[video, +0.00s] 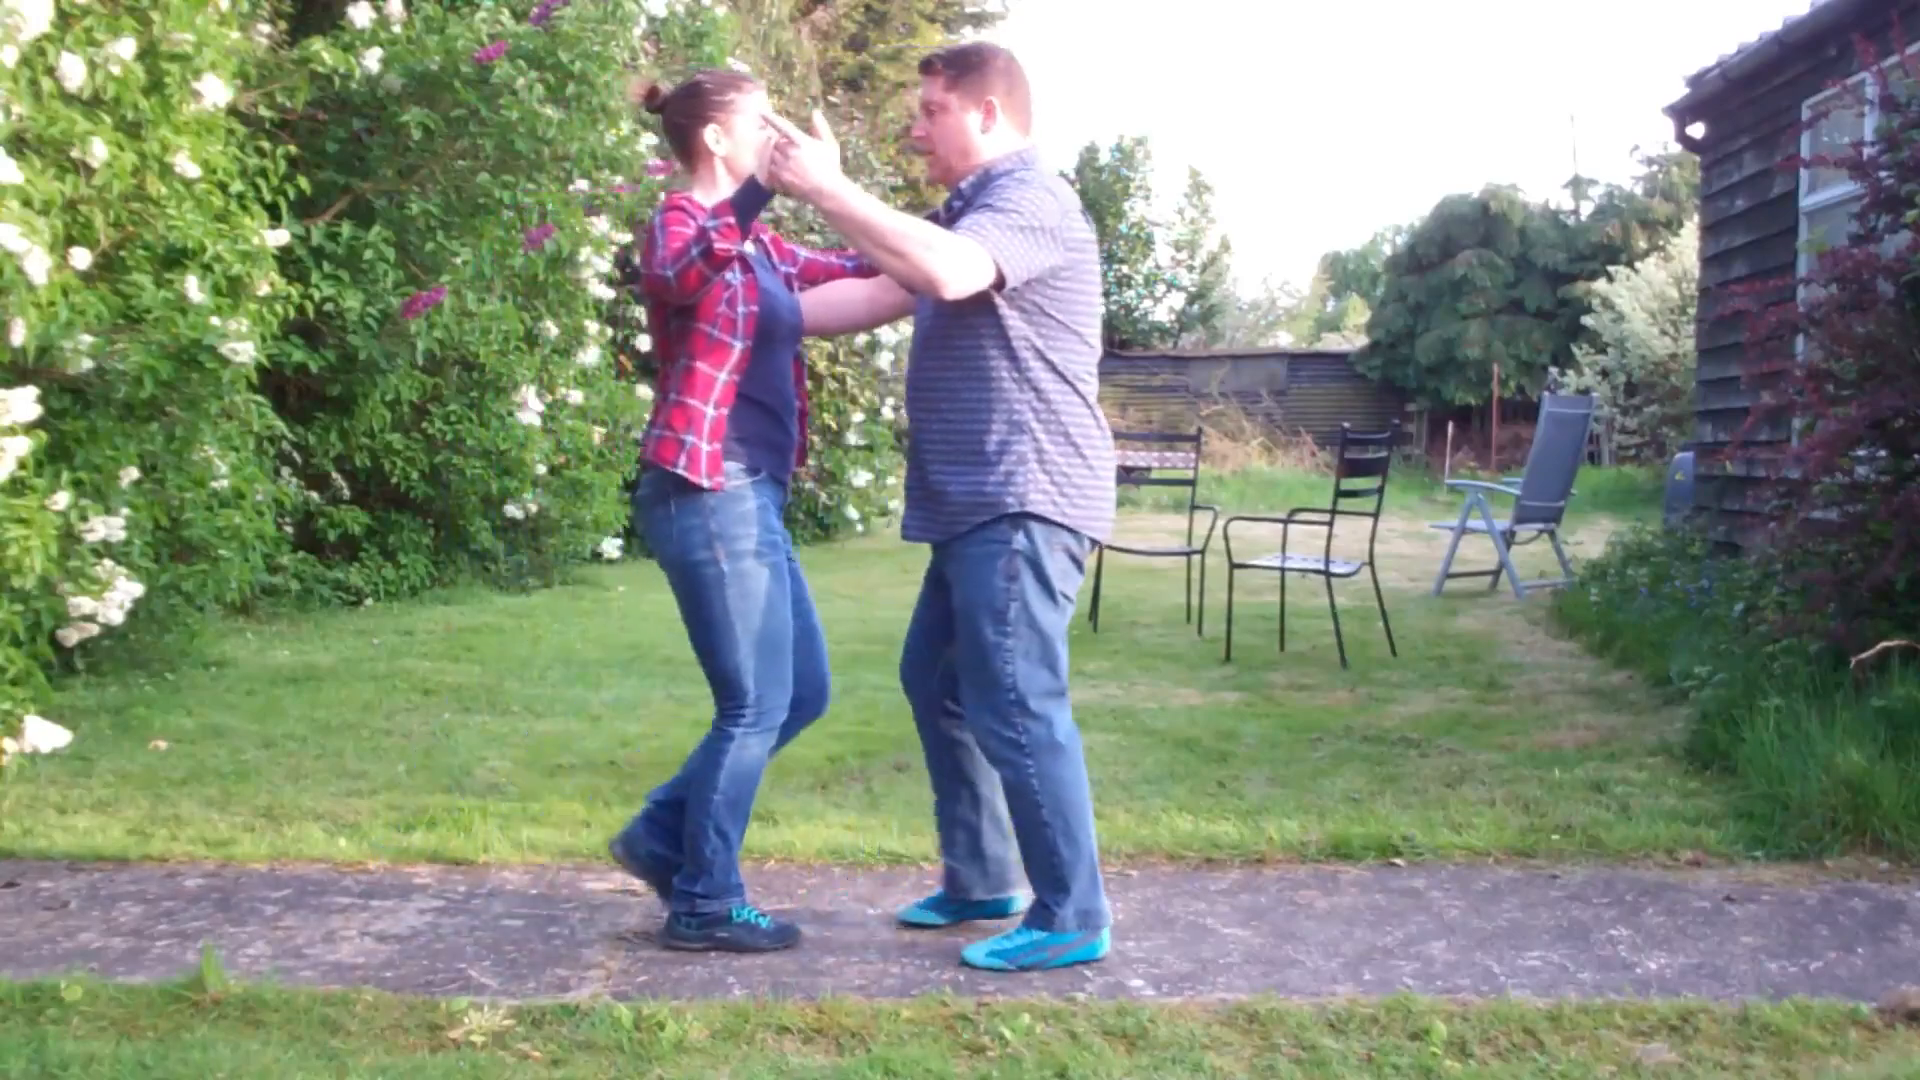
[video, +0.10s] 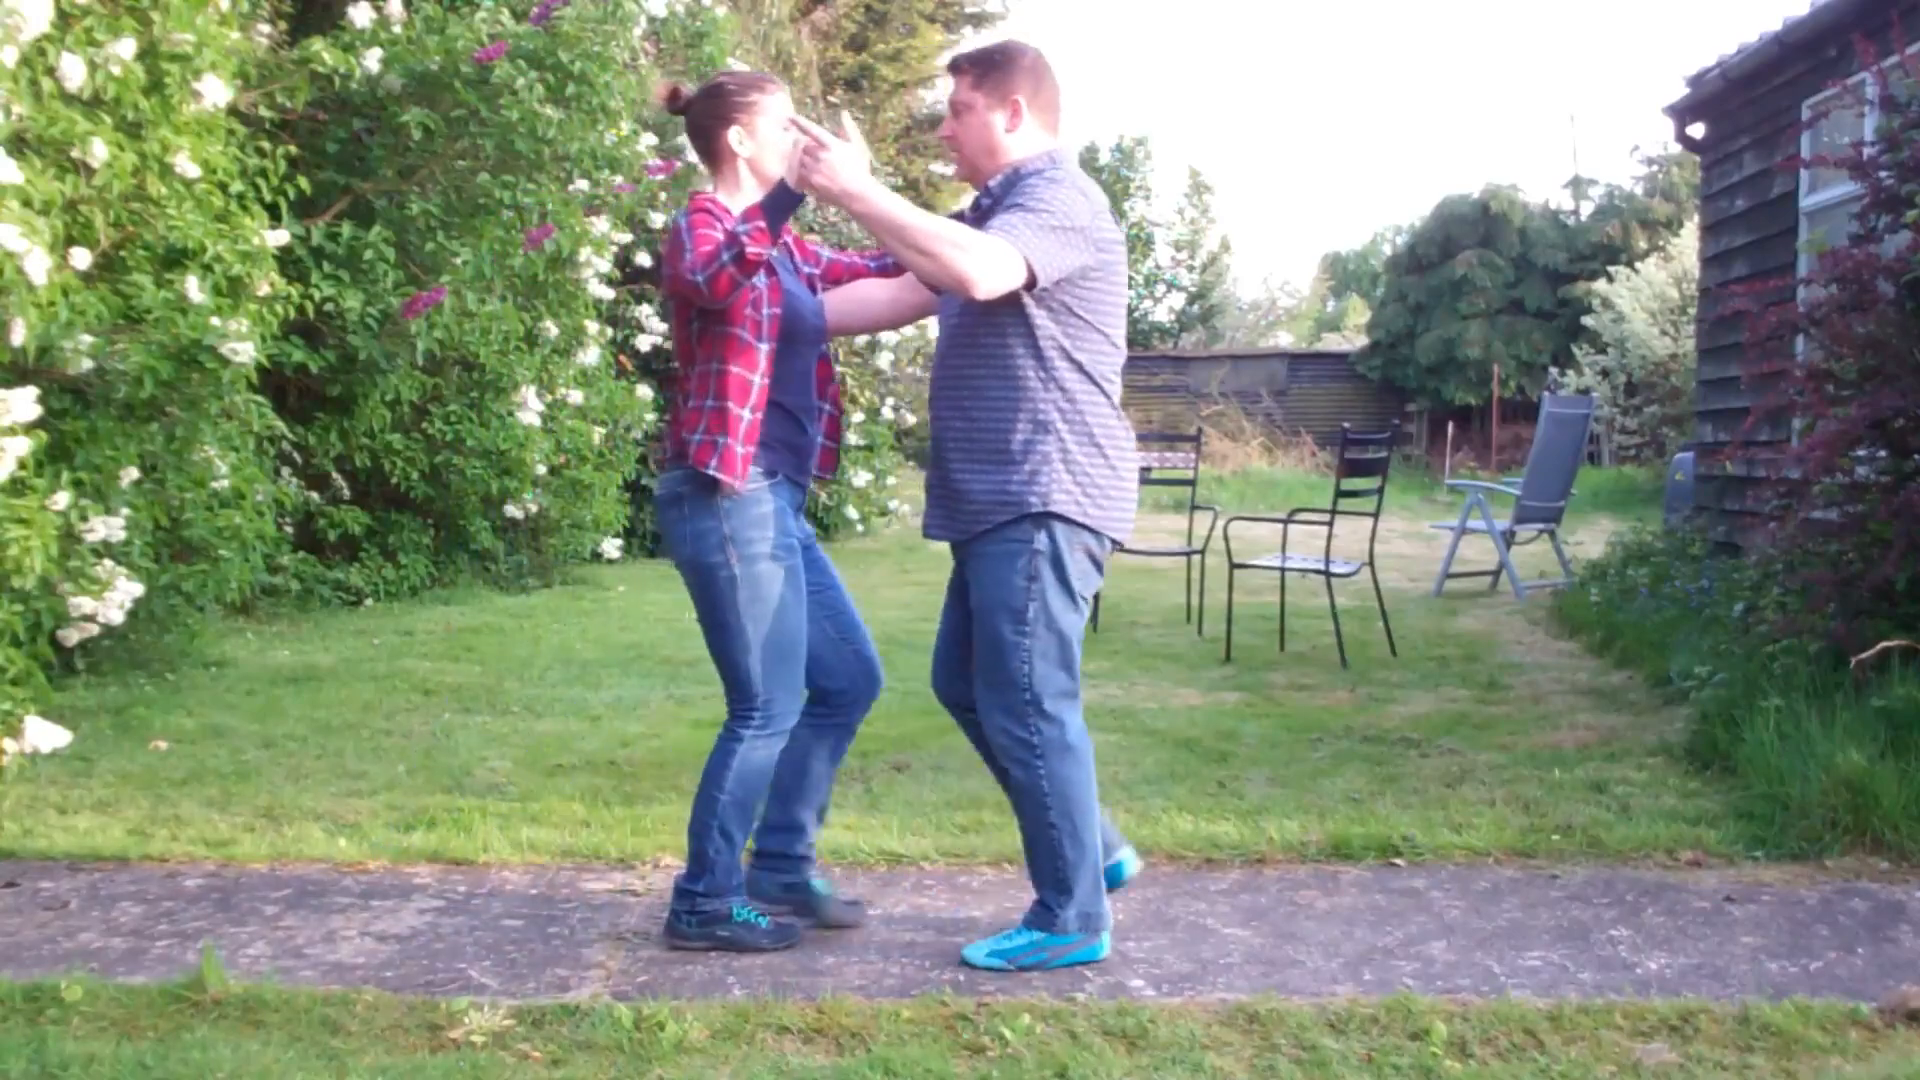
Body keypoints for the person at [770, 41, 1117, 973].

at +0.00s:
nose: (914, 128)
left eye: (928, 111)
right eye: (916, 113)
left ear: (985, 111)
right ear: (978, 114)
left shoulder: (1033, 198)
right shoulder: (969, 214)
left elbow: (948, 268)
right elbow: (870, 292)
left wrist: (827, 188)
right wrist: (739, 308)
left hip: (1029, 499)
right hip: (976, 504)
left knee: (1016, 704)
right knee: (934, 679)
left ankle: (1074, 917)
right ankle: (984, 883)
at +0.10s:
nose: (943, 128)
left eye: (955, 111)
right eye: (945, 113)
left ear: (1010, 110)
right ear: (1005, 114)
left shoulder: (1063, 199)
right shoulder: (994, 213)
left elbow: (978, 268)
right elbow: (896, 289)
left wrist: (856, 189)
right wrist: (764, 312)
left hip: (1048, 499)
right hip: (998, 503)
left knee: (1028, 703)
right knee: (964, 682)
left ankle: (1070, 920)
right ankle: (1093, 846)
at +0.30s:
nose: (988, 124)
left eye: (1000, 105)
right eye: (990, 106)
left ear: (1052, 106)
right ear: (1055, 108)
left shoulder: (1100, 195)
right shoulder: (1040, 208)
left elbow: (1022, 264)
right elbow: (935, 288)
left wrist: (898, 185)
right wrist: (802, 308)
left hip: (1079, 494)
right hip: (1046, 495)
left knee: (1055, 709)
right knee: (1101, 699)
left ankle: (1071, 921)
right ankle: (1215, 869)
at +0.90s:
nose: (922, 138)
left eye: (931, 119)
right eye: (920, 122)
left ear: (985, 110)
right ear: (982, 114)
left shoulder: (1027, 192)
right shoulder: (976, 208)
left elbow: (944, 260)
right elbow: (871, 286)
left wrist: (812, 191)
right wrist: (743, 299)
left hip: (1014, 486)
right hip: (972, 489)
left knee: (992, 694)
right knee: (967, 681)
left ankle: (1011, 913)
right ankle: (1115, 817)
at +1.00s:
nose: (891, 143)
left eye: (898, 122)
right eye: (888, 125)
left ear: (950, 109)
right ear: (954, 113)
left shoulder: (1001, 186)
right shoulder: (955, 202)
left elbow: (900, 254)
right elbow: (845, 289)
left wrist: (766, 183)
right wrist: (712, 305)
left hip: (986, 489)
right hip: (944, 493)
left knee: (977, 698)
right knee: (905, 667)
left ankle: (1012, 913)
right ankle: (1011, 844)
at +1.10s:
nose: (858, 146)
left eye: (865, 126)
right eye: (854, 129)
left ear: (915, 114)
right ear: (921, 117)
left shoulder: (968, 195)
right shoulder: (923, 208)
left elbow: (858, 252)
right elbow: (825, 291)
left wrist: (723, 174)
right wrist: (694, 297)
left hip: (959, 491)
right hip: (917, 494)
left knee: (959, 699)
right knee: (880, 678)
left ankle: (1011, 912)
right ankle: (880, 880)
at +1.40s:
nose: (752, 152)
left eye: (759, 132)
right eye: (752, 134)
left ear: (805, 124)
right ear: (821, 126)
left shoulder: (854, 201)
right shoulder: (835, 205)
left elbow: (735, 279)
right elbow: (729, 294)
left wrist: (633, 192)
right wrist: (636, 220)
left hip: (850, 490)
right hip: (816, 491)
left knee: (813, 682)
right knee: (794, 686)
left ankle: (960, 862)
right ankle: (782, 883)